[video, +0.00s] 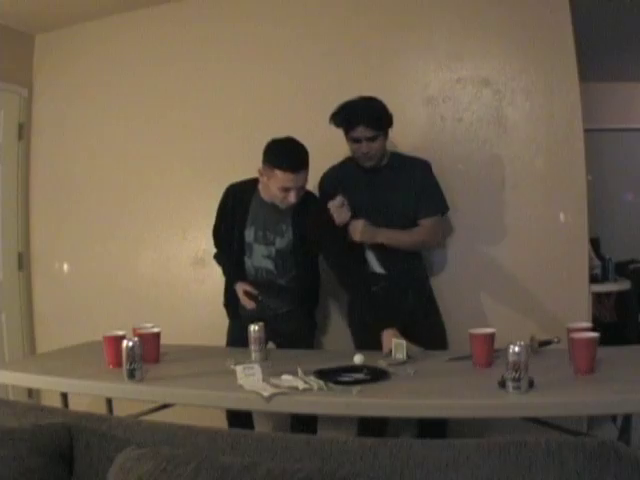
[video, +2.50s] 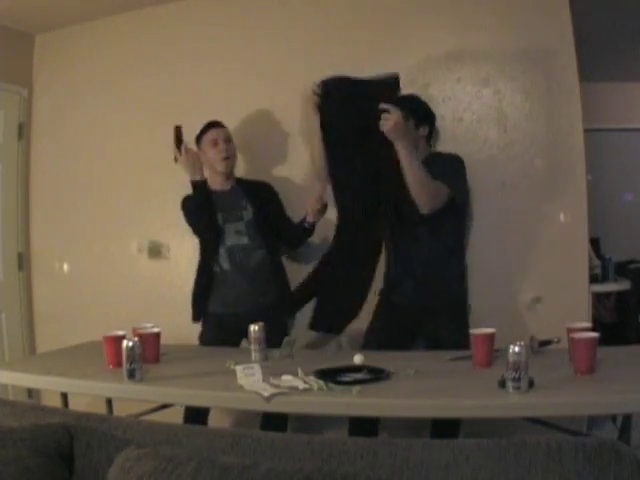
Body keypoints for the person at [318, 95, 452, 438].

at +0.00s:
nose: (364, 148)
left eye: (372, 139)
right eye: (356, 140)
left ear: (386, 135)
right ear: (346, 138)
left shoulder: (416, 171)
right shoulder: (333, 180)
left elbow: (434, 234)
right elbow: (324, 249)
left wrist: (377, 235)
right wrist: (331, 223)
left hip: (414, 296)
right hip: (365, 300)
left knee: (433, 383)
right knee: (374, 390)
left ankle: (433, 469)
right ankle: (372, 475)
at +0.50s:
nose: (361, 149)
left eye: (370, 139)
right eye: (354, 141)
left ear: (388, 135)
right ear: (347, 141)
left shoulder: (420, 173)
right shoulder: (346, 178)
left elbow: (422, 244)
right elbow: (342, 244)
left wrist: (373, 220)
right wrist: (338, 224)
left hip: (420, 291)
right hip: (372, 293)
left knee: (451, 373)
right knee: (372, 383)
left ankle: (446, 460)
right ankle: (369, 465)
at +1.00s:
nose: (367, 145)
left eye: (375, 135)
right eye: (360, 138)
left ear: (395, 135)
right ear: (354, 141)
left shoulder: (424, 168)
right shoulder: (356, 180)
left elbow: (412, 222)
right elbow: (331, 232)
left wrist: (372, 170)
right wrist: (333, 180)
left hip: (433, 288)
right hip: (386, 292)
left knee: (464, 371)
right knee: (380, 382)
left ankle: (462, 463)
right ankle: (368, 468)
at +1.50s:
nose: (369, 136)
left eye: (376, 128)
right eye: (364, 130)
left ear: (396, 132)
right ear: (358, 137)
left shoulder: (426, 169)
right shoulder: (362, 179)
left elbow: (424, 226)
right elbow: (323, 194)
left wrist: (390, 174)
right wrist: (329, 136)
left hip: (435, 291)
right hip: (387, 294)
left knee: (457, 379)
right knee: (380, 383)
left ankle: (452, 468)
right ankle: (368, 472)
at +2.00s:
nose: (382, 134)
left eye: (391, 126)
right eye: (378, 127)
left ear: (416, 134)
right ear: (374, 132)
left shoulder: (440, 164)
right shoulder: (370, 171)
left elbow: (403, 164)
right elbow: (333, 148)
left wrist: (358, 115)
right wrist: (329, 103)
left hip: (436, 293)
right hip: (389, 294)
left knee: (448, 386)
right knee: (378, 388)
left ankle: (444, 469)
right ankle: (367, 469)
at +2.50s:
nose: (385, 129)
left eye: (395, 122)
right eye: (385, 122)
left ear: (421, 130)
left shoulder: (448, 166)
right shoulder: (384, 171)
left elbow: (429, 201)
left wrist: (402, 144)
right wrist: (330, 117)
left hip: (442, 299)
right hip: (396, 298)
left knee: (447, 386)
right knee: (367, 379)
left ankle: (442, 472)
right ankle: (360, 469)